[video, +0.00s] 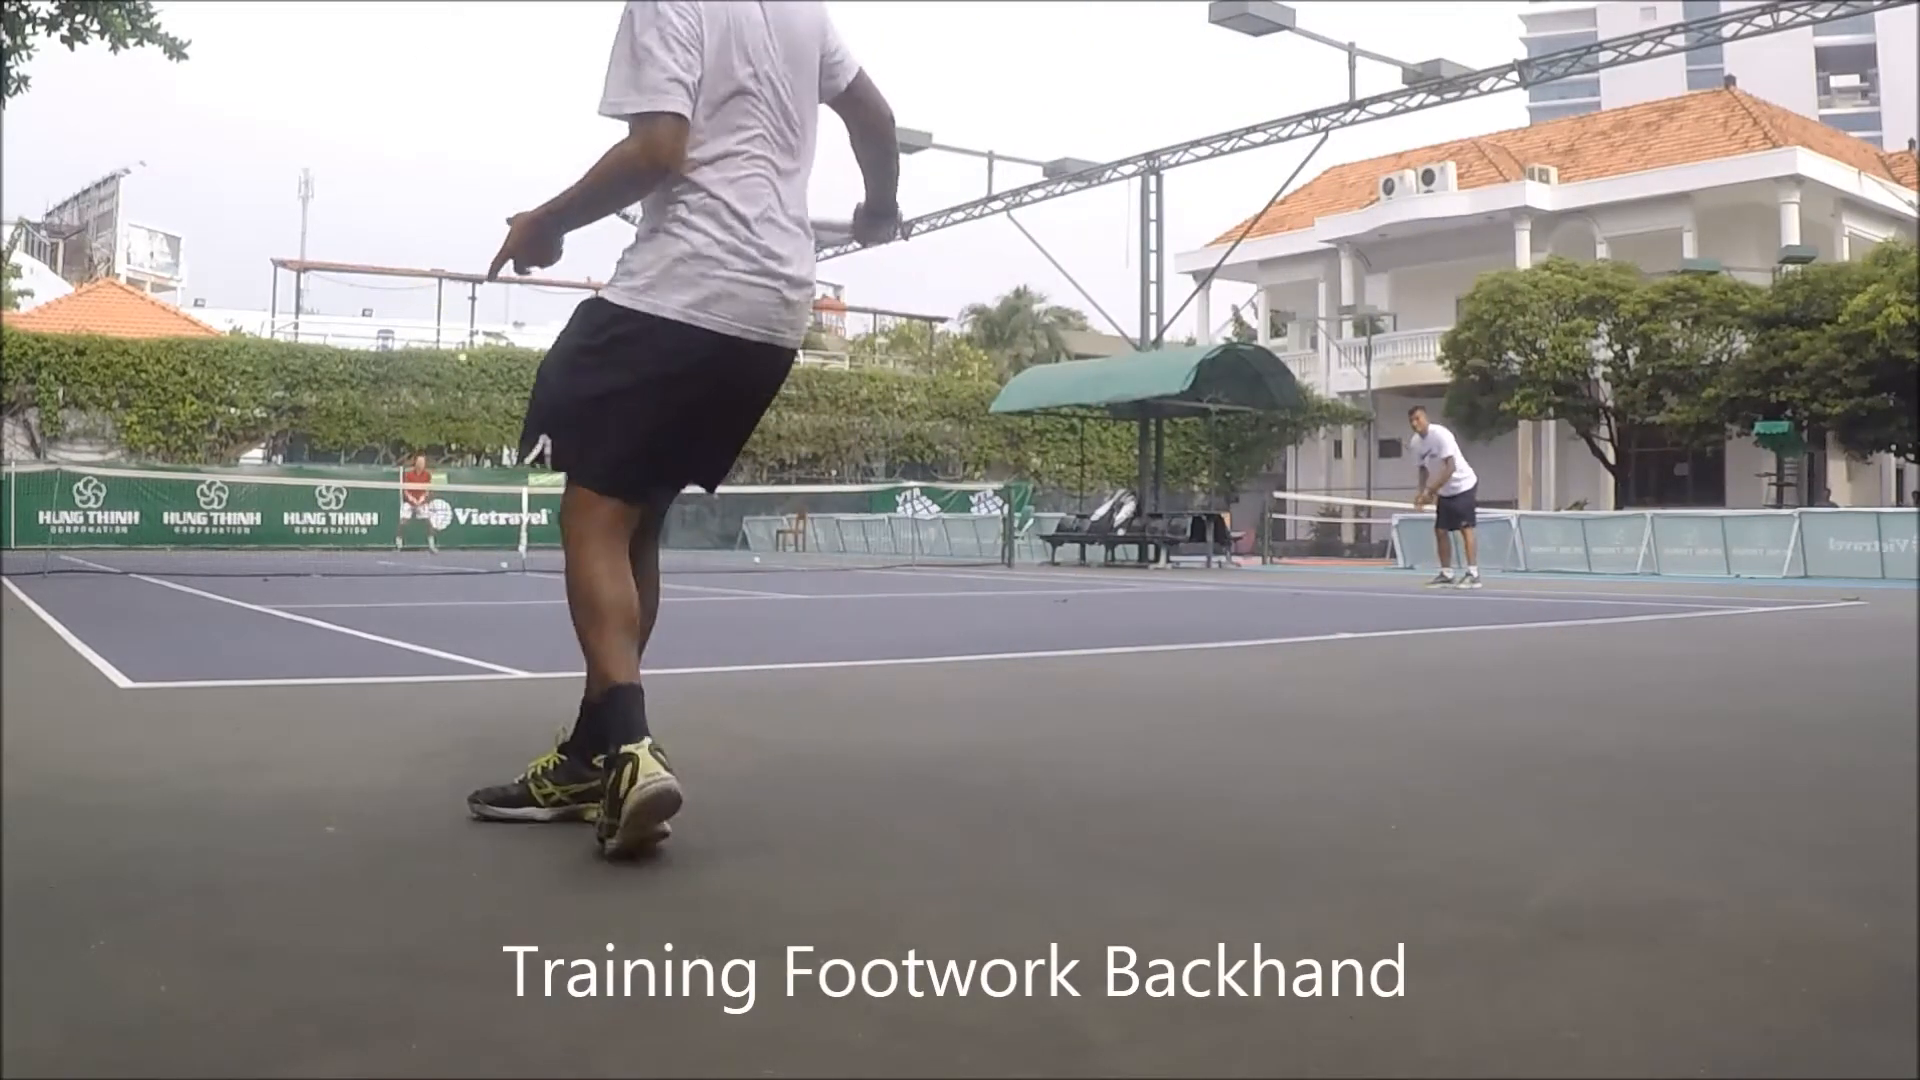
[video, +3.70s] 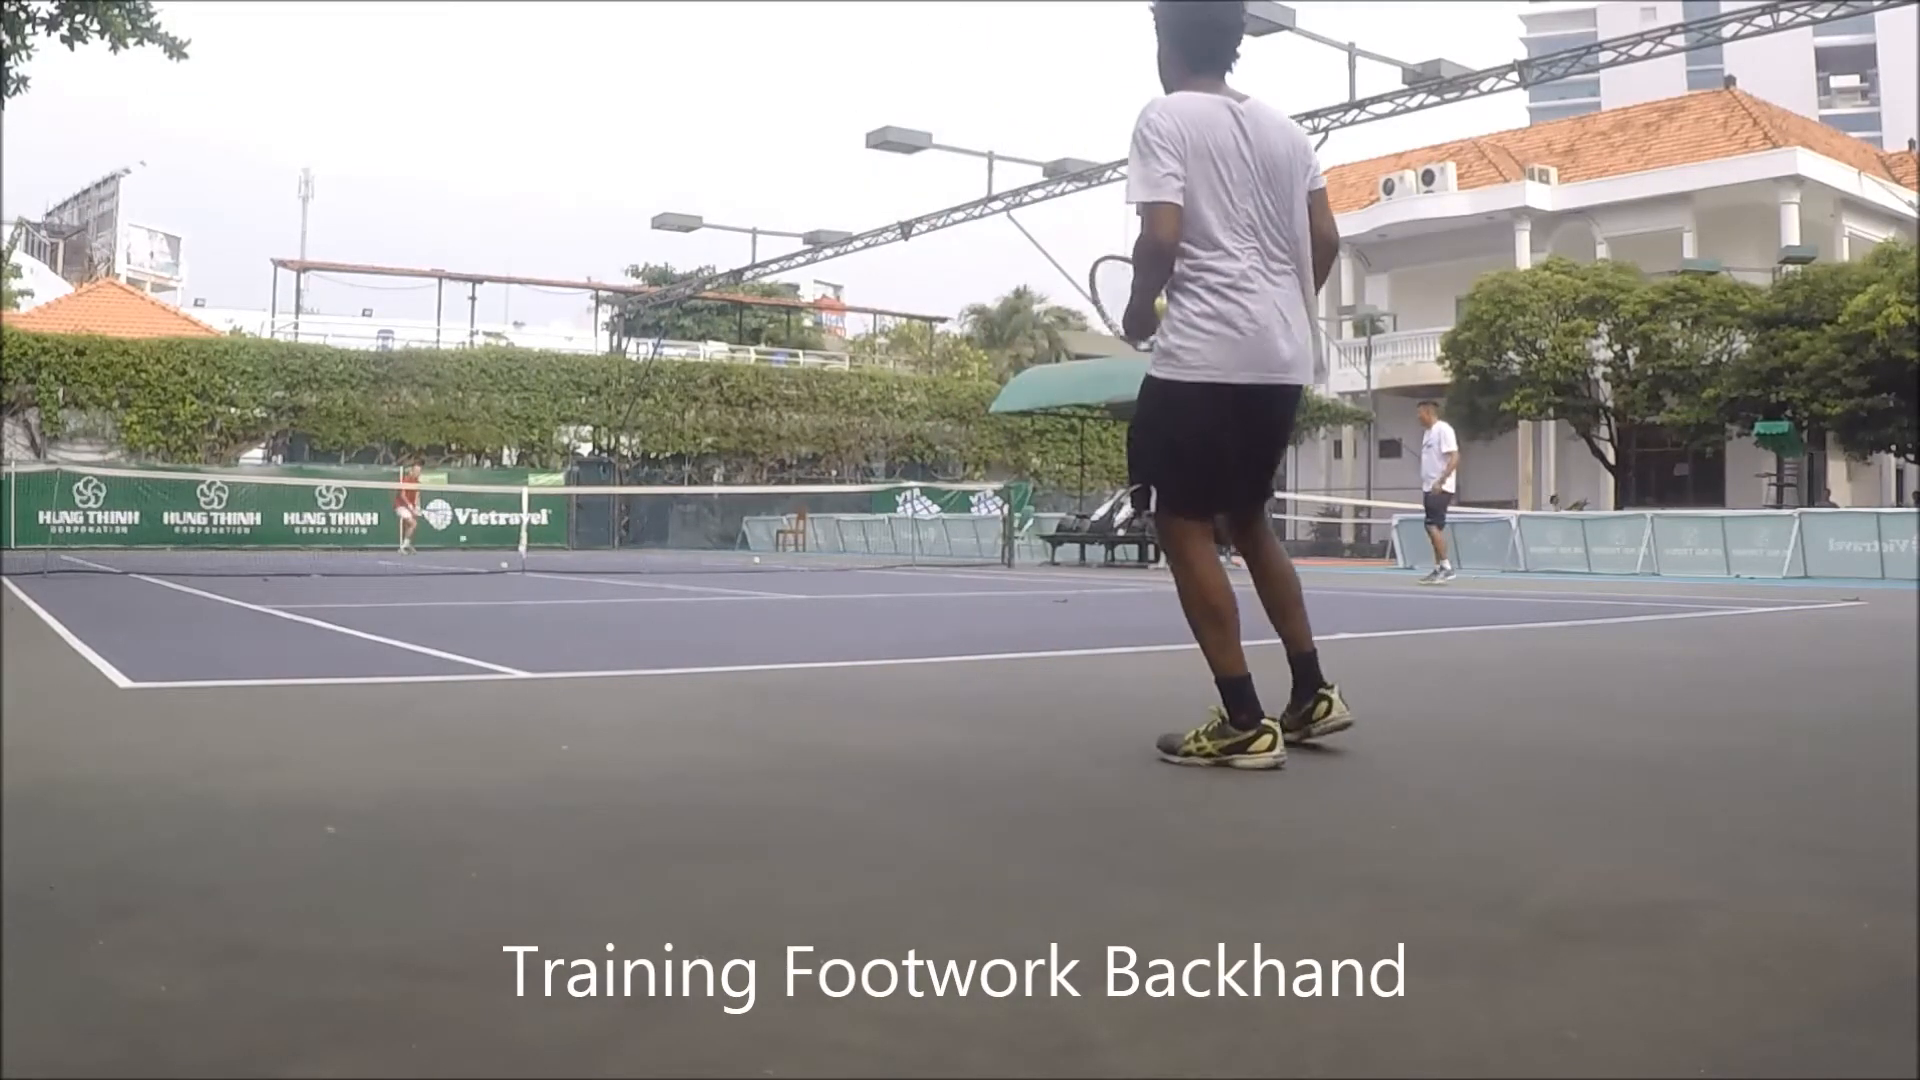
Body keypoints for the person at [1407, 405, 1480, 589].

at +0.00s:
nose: (1415, 423)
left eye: (1418, 418)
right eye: (1412, 420)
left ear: (1426, 418)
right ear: (1411, 423)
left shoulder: (1440, 434)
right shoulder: (1415, 442)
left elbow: (1451, 466)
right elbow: (1422, 469)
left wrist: (1431, 490)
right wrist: (1421, 492)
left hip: (1463, 485)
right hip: (1444, 489)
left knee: (1466, 528)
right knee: (1440, 530)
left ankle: (1473, 573)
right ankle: (1446, 573)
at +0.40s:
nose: (1436, 409)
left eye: (1439, 405)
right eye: (1434, 406)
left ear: (1448, 407)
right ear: (1432, 409)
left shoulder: (1459, 425)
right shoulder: (1428, 432)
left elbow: (1470, 455)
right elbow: (1426, 463)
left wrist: (1452, 478)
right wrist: (1421, 487)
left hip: (1464, 489)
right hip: (1442, 491)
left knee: (1469, 531)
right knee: (1443, 532)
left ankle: (1476, 571)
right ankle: (1446, 572)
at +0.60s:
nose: (1442, 409)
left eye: (1446, 404)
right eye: (1441, 405)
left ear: (1456, 405)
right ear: (1441, 407)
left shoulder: (1472, 425)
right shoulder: (1438, 429)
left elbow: (1490, 449)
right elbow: (1434, 460)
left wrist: (1479, 472)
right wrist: (1429, 487)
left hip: (1468, 489)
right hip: (1445, 490)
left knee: (1474, 533)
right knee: (1446, 532)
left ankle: (1477, 572)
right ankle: (1446, 573)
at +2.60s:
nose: (1460, 414)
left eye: (1464, 410)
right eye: (1458, 411)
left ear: (1473, 411)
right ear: (1454, 413)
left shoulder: (1484, 429)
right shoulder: (1448, 430)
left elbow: (1507, 451)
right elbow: (1435, 452)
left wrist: (1491, 473)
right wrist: (1439, 473)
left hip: (1476, 488)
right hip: (1452, 488)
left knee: (1479, 533)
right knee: (1452, 532)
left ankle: (1477, 570)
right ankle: (1451, 570)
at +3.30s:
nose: (1434, 414)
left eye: (1436, 411)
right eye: (1433, 412)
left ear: (1447, 410)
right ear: (1437, 413)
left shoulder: (1461, 428)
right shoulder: (1437, 431)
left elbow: (1484, 449)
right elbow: (1439, 455)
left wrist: (1475, 474)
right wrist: (1438, 475)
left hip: (1460, 487)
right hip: (1441, 488)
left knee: (1469, 530)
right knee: (1443, 531)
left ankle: (1476, 570)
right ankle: (1440, 570)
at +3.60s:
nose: (1421, 417)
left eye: (1423, 413)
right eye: (1421, 414)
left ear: (1432, 413)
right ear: (1428, 414)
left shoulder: (1447, 429)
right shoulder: (1429, 433)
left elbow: (1459, 456)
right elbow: (1433, 459)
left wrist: (1449, 481)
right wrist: (1429, 480)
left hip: (1444, 486)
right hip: (1431, 487)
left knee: (1443, 527)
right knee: (1437, 529)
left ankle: (1460, 564)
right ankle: (1440, 569)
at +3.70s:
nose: (1419, 417)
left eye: (1420, 413)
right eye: (1419, 414)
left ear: (1429, 412)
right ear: (1426, 413)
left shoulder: (1444, 429)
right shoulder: (1428, 433)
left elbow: (1454, 457)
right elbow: (1432, 459)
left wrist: (1440, 482)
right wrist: (1427, 482)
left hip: (1440, 487)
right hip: (1429, 487)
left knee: (1432, 525)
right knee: (1434, 528)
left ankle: (1445, 566)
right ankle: (1438, 568)